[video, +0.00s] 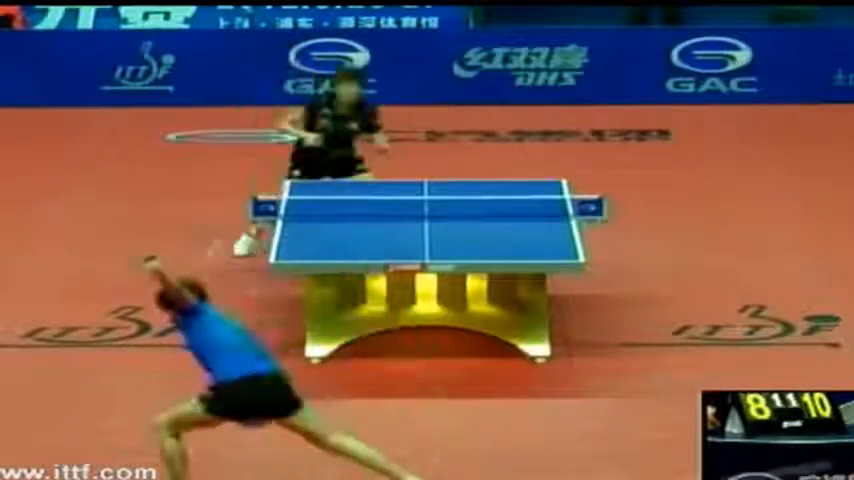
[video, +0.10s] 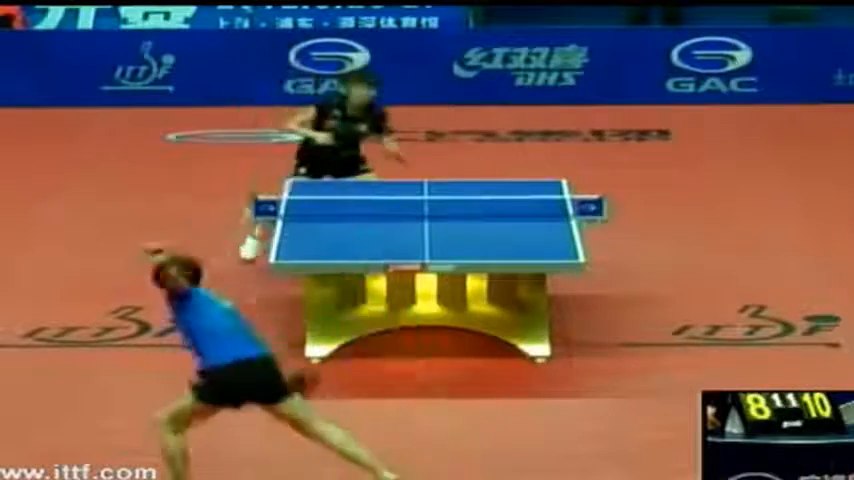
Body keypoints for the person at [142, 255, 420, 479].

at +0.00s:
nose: (170, 316)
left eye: (170, 308)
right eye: (169, 308)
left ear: (178, 306)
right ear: (201, 299)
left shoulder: (193, 317)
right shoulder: (222, 320)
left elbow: (179, 295)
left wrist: (157, 271)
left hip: (239, 391)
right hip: (275, 386)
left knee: (167, 427)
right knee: (329, 438)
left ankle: (177, 477)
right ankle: (402, 475)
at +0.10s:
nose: (164, 287)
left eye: (166, 280)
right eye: (163, 280)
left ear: (177, 281)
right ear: (196, 279)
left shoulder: (184, 301)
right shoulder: (220, 303)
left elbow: (177, 283)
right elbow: (254, 339)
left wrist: (163, 258)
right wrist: (284, 376)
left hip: (225, 376)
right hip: (263, 371)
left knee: (171, 424)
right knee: (314, 426)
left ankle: (179, 475)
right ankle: (382, 472)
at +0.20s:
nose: (162, 254)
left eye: (164, 250)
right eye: (163, 250)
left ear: (172, 251)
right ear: (199, 249)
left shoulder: (180, 269)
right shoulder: (226, 276)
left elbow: (155, 275)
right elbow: (258, 301)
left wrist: (134, 274)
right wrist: (288, 309)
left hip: (215, 354)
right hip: (255, 349)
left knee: (175, 419)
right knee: (298, 412)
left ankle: (181, 474)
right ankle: (350, 470)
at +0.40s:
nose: (183, 246)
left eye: (186, 240)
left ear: (191, 243)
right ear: (224, 241)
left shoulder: (186, 271)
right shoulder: (248, 269)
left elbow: (144, 302)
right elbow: (296, 279)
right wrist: (335, 275)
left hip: (211, 356)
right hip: (257, 352)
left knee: (183, 422)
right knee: (292, 411)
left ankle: (174, 475)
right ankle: (322, 471)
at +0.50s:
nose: (195, 238)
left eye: (198, 233)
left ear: (205, 238)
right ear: (239, 236)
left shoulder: (197, 266)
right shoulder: (260, 262)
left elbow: (163, 304)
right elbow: (314, 285)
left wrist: (131, 318)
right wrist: (330, 270)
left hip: (225, 349)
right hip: (269, 345)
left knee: (195, 420)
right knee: (305, 404)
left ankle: (185, 474)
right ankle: (337, 465)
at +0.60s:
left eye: (226, 239)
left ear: (231, 245)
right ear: (265, 245)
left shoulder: (220, 274)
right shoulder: (283, 274)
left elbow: (196, 318)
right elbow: (326, 307)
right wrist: (328, 281)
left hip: (241, 358)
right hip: (286, 355)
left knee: (207, 427)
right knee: (326, 414)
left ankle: (204, 474)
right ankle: (361, 467)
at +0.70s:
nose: (245, 254)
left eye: (248, 250)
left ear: (255, 255)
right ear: (286, 256)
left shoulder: (241, 283)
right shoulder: (304, 284)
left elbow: (211, 323)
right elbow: (342, 319)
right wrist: (343, 295)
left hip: (255, 367)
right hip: (300, 364)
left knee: (214, 430)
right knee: (337, 410)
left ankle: (206, 476)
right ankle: (367, 468)